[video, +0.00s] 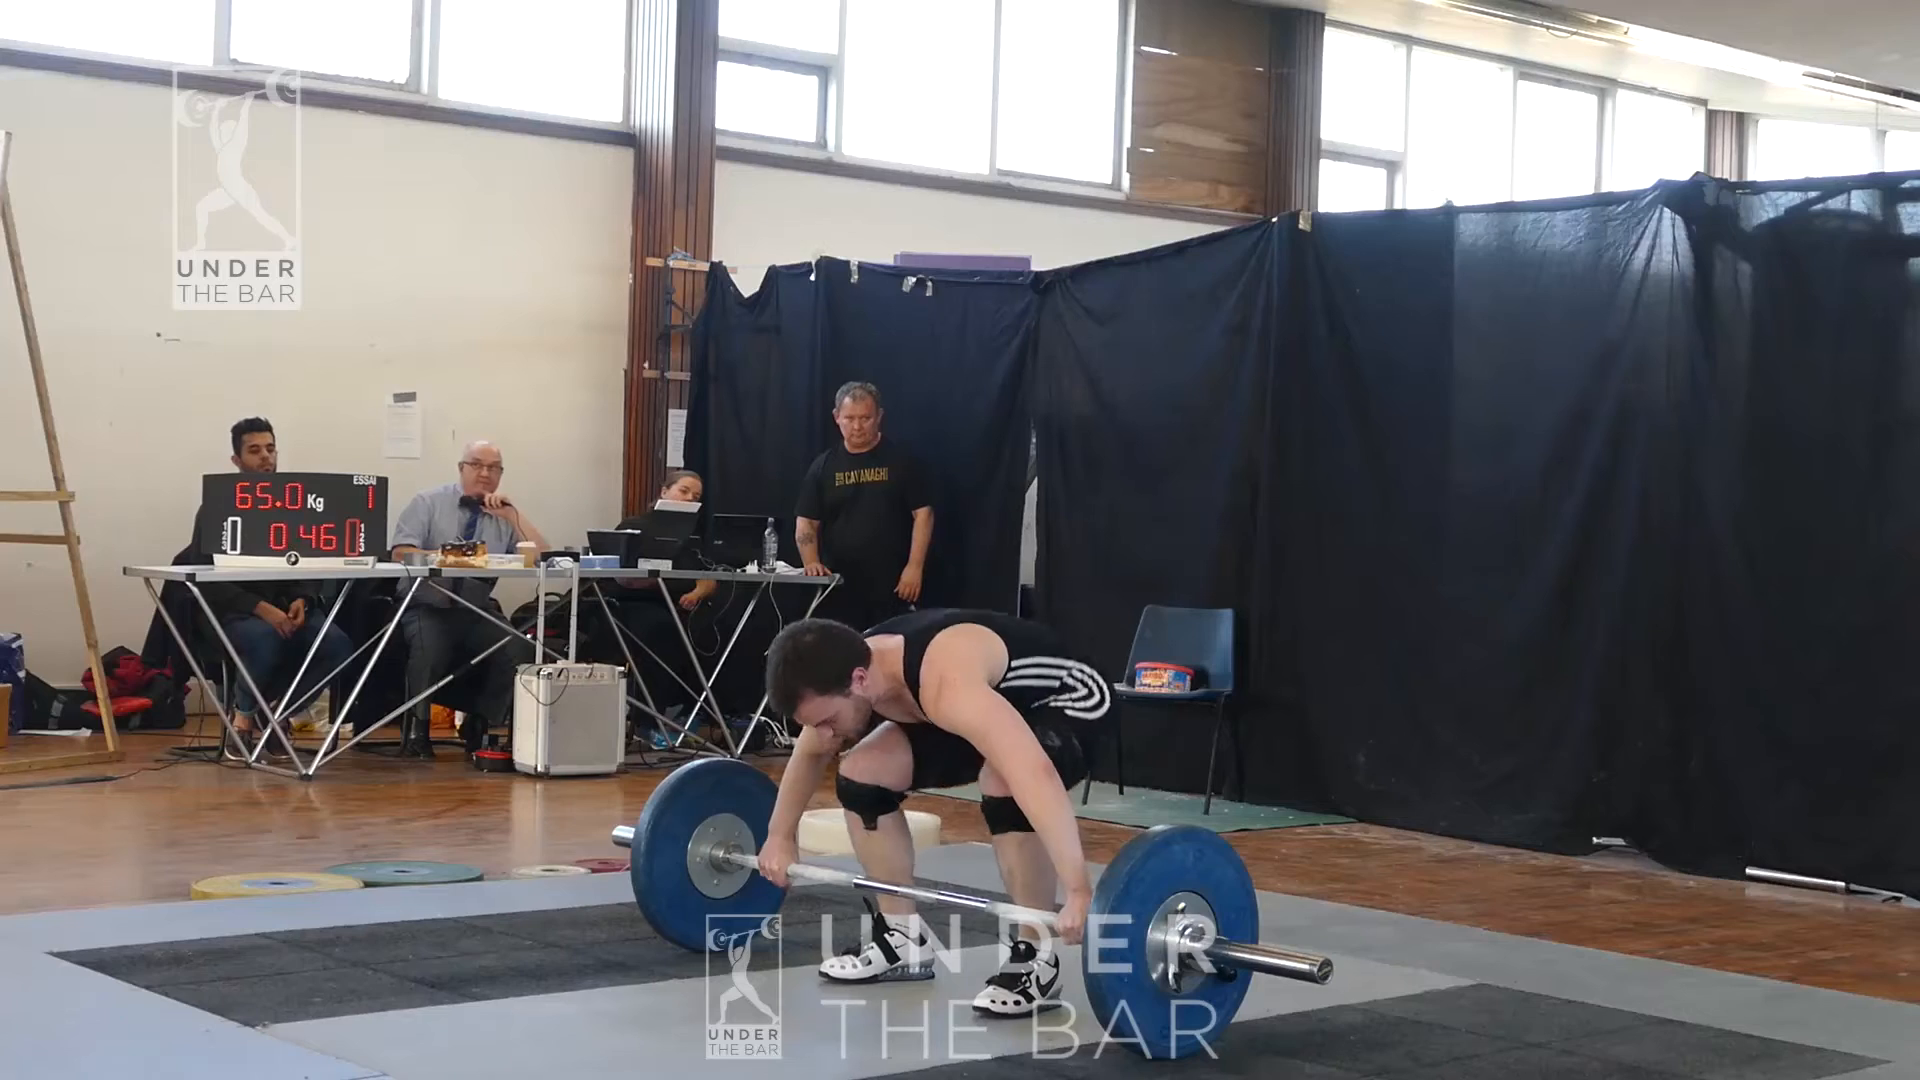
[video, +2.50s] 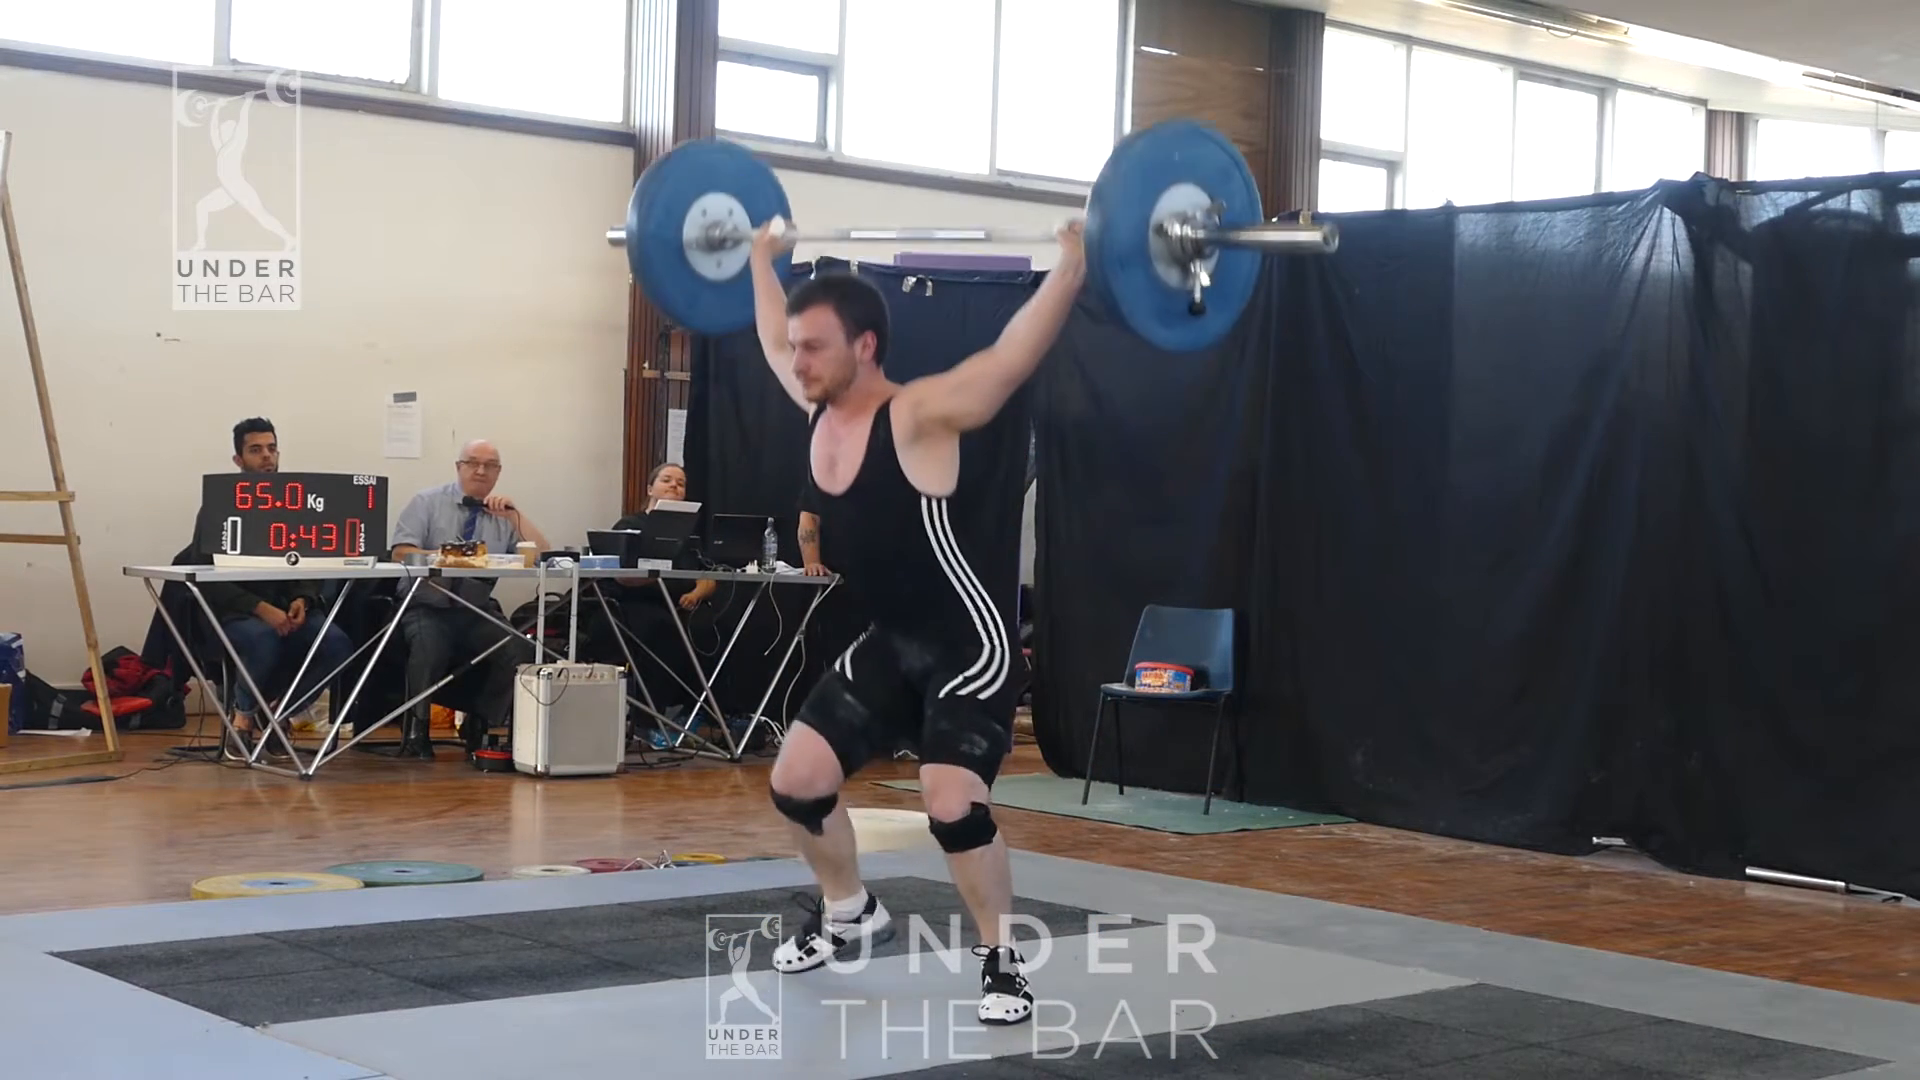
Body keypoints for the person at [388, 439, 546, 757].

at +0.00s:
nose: (485, 473)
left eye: (494, 468)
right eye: (476, 465)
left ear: (501, 475)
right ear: (461, 469)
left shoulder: (503, 516)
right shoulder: (427, 503)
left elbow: (541, 555)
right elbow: (402, 552)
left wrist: (515, 515)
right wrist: (446, 560)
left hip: (478, 609)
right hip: (429, 605)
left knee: (518, 651)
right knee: (430, 649)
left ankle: (477, 727)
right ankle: (417, 732)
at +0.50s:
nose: (483, 472)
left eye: (492, 467)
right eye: (475, 465)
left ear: (500, 474)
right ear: (461, 468)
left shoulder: (503, 517)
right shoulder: (428, 503)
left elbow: (541, 553)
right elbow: (401, 551)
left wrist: (514, 515)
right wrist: (445, 559)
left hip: (478, 608)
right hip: (428, 605)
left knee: (517, 652)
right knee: (430, 649)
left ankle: (477, 727)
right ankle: (417, 732)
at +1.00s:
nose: (484, 472)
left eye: (492, 466)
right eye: (475, 464)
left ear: (500, 473)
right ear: (460, 468)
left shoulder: (503, 516)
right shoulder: (428, 502)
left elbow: (544, 554)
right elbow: (401, 551)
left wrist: (514, 516)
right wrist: (441, 560)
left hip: (478, 609)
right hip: (428, 605)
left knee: (517, 652)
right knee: (429, 651)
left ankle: (477, 726)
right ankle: (417, 730)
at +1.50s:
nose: (484, 471)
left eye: (493, 466)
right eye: (476, 464)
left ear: (500, 473)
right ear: (460, 468)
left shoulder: (503, 516)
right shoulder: (428, 502)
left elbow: (544, 553)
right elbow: (401, 550)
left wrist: (515, 515)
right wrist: (442, 561)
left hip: (478, 609)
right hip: (429, 605)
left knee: (518, 652)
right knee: (429, 651)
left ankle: (477, 726)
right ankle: (417, 730)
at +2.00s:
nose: (485, 471)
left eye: (493, 465)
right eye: (476, 464)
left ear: (500, 473)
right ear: (460, 468)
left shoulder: (504, 516)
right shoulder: (428, 502)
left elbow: (545, 555)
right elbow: (401, 551)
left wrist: (516, 515)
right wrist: (443, 562)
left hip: (478, 609)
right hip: (429, 606)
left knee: (518, 652)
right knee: (429, 651)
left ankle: (477, 725)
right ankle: (417, 730)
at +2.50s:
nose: (481, 472)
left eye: (490, 466)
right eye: (473, 464)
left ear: (499, 473)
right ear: (459, 468)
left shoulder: (503, 516)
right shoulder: (427, 502)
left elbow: (544, 555)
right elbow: (401, 552)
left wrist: (516, 515)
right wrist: (444, 560)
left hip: (478, 609)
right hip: (428, 605)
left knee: (518, 651)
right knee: (429, 649)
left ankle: (477, 727)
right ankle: (417, 731)